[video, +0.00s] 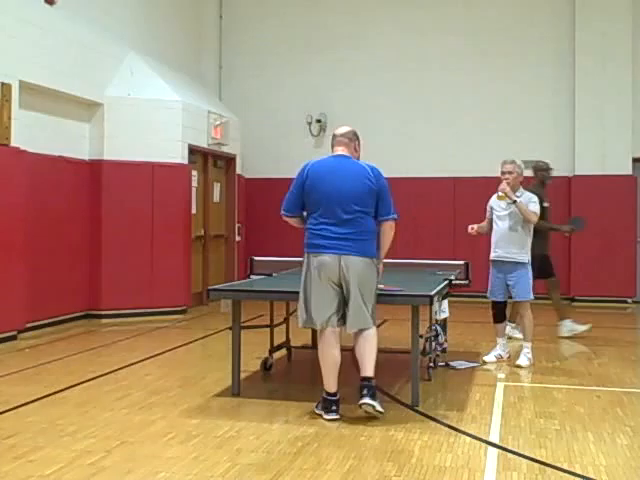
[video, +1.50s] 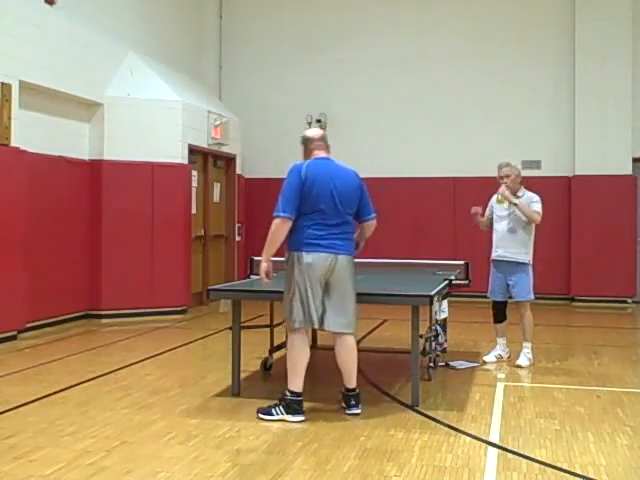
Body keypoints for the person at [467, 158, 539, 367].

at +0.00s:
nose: (506, 177)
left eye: (510, 173)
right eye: (503, 173)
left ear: (521, 176)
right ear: (500, 176)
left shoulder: (529, 198)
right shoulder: (494, 200)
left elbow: (533, 219)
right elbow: (488, 224)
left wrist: (513, 199)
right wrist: (478, 228)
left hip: (520, 260)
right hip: (497, 259)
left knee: (523, 305)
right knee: (497, 304)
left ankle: (527, 348)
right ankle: (501, 347)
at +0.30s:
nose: (506, 175)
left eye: (510, 171)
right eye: (504, 172)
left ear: (521, 174)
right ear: (501, 175)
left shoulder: (529, 198)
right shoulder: (495, 199)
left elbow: (528, 214)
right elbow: (488, 224)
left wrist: (511, 193)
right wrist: (476, 227)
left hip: (519, 258)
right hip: (497, 257)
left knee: (523, 304)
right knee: (497, 304)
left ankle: (526, 349)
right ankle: (501, 346)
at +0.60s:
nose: (508, 174)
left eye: (513, 170)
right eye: (506, 170)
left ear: (522, 175)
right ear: (502, 173)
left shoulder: (529, 197)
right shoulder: (495, 199)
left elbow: (529, 208)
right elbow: (487, 224)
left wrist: (513, 186)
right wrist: (476, 227)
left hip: (519, 258)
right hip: (497, 257)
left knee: (523, 305)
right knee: (497, 305)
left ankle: (526, 350)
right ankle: (501, 347)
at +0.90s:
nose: (509, 174)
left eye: (514, 170)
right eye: (507, 170)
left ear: (522, 176)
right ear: (502, 174)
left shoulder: (528, 197)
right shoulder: (495, 199)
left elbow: (531, 204)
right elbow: (487, 224)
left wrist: (517, 182)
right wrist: (476, 227)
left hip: (519, 257)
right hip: (497, 257)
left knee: (523, 305)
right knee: (497, 304)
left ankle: (526, 350)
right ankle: (501, 347)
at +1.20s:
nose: (510, 175)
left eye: (514, 171)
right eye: (507, 171)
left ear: (522, 176)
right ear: (502, 174)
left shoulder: (528, 197)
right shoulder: (495, 199)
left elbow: (533, 204)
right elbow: (488, 224)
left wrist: (518, 183)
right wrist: (478, 227)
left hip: (519, 257)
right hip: (497, 257)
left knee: (523, 305)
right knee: (497, 304)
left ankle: (526, 349)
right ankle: (501, 347)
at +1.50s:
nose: (505, 181)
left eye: (508, 177)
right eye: (501, 178)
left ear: (519, 177)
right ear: (499, 180)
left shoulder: (531, 198)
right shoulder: (496, 199)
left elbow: (535, 218)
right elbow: (486, 225)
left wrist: (513, 200)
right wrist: (479, 217)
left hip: (521, 260)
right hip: (498, 259)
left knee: (523, 305)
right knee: (497, 304)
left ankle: (526, 349)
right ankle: (501, 347)